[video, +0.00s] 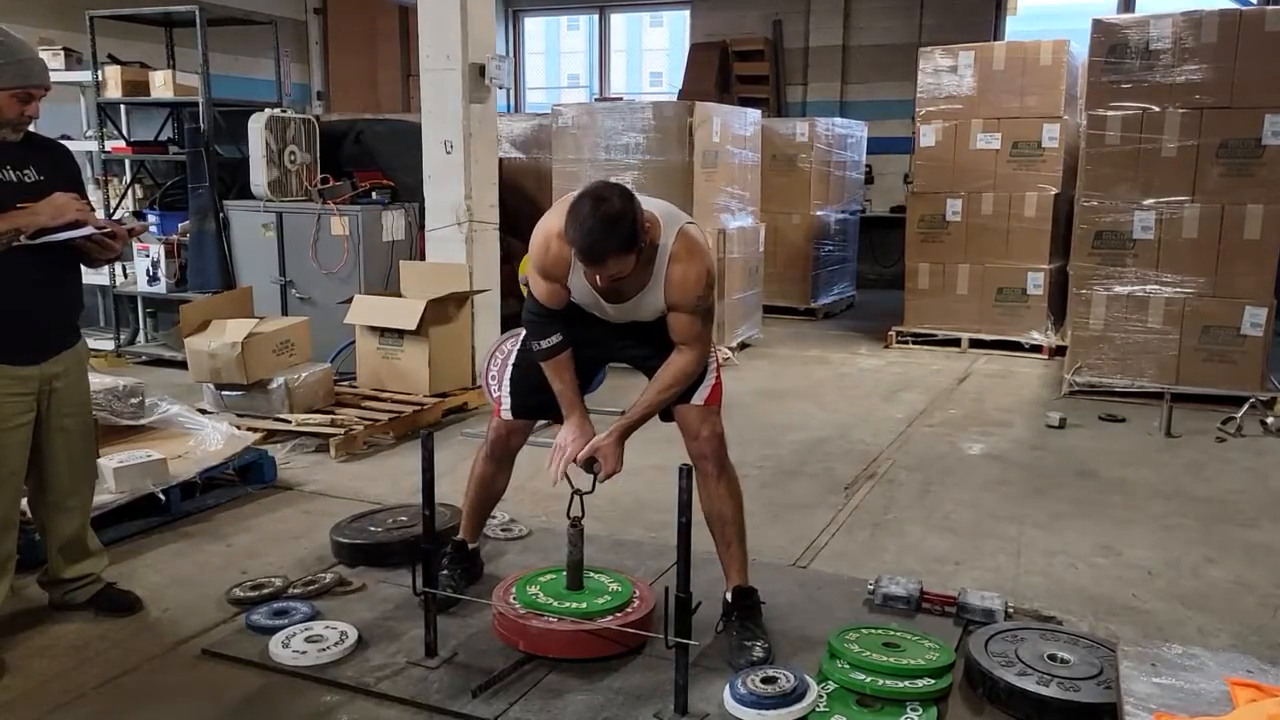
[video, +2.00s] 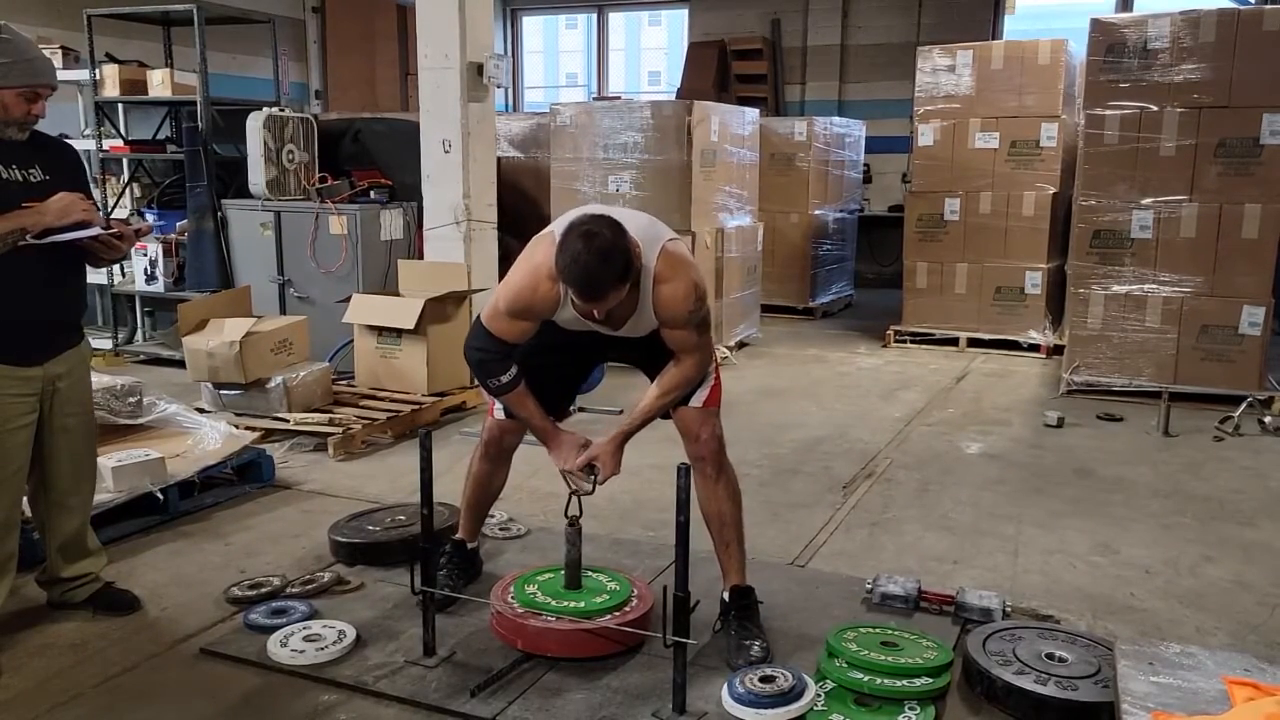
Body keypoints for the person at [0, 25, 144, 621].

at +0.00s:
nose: (33, 109)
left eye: (39, 97)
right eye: (22, 97)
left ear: (44, 92)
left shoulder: (55, 157)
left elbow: (84, 242)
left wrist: (106, 248)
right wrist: (33, 216)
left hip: (62, 345)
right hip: (4, 354)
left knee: (70, 472)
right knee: (5, 489)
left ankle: (75, 579)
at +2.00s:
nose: (39, 107)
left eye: (45, 96)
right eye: (28, 96)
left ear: (48, 92)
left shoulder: (60, 156)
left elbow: (84, 246)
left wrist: (110, 249)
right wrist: (38, 216)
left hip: (65, 346)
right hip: (7, 355)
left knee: (70, 474)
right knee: (7, 489)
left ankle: (74, 581)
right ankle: (0, 597)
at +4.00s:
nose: (52, 110)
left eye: (58, 99)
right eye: (43, 98)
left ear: (58, 96)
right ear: (5, 90)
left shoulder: (67, 161)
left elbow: (78, 253)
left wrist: (117, 249)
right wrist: (49, 228)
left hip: (64, 350)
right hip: (5, 359)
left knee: (68, 475)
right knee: (7, 490)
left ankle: (73, 580)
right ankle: (1, 597)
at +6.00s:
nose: (17, 96)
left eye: (30, 86)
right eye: (6, 82)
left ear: (46, 95)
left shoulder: (73, 160)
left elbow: (102, 245)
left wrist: (123, 247)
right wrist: (24, 211)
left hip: (74, 348)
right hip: (6, 357)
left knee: (81, 474)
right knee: (7, 488)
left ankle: (76, 581)